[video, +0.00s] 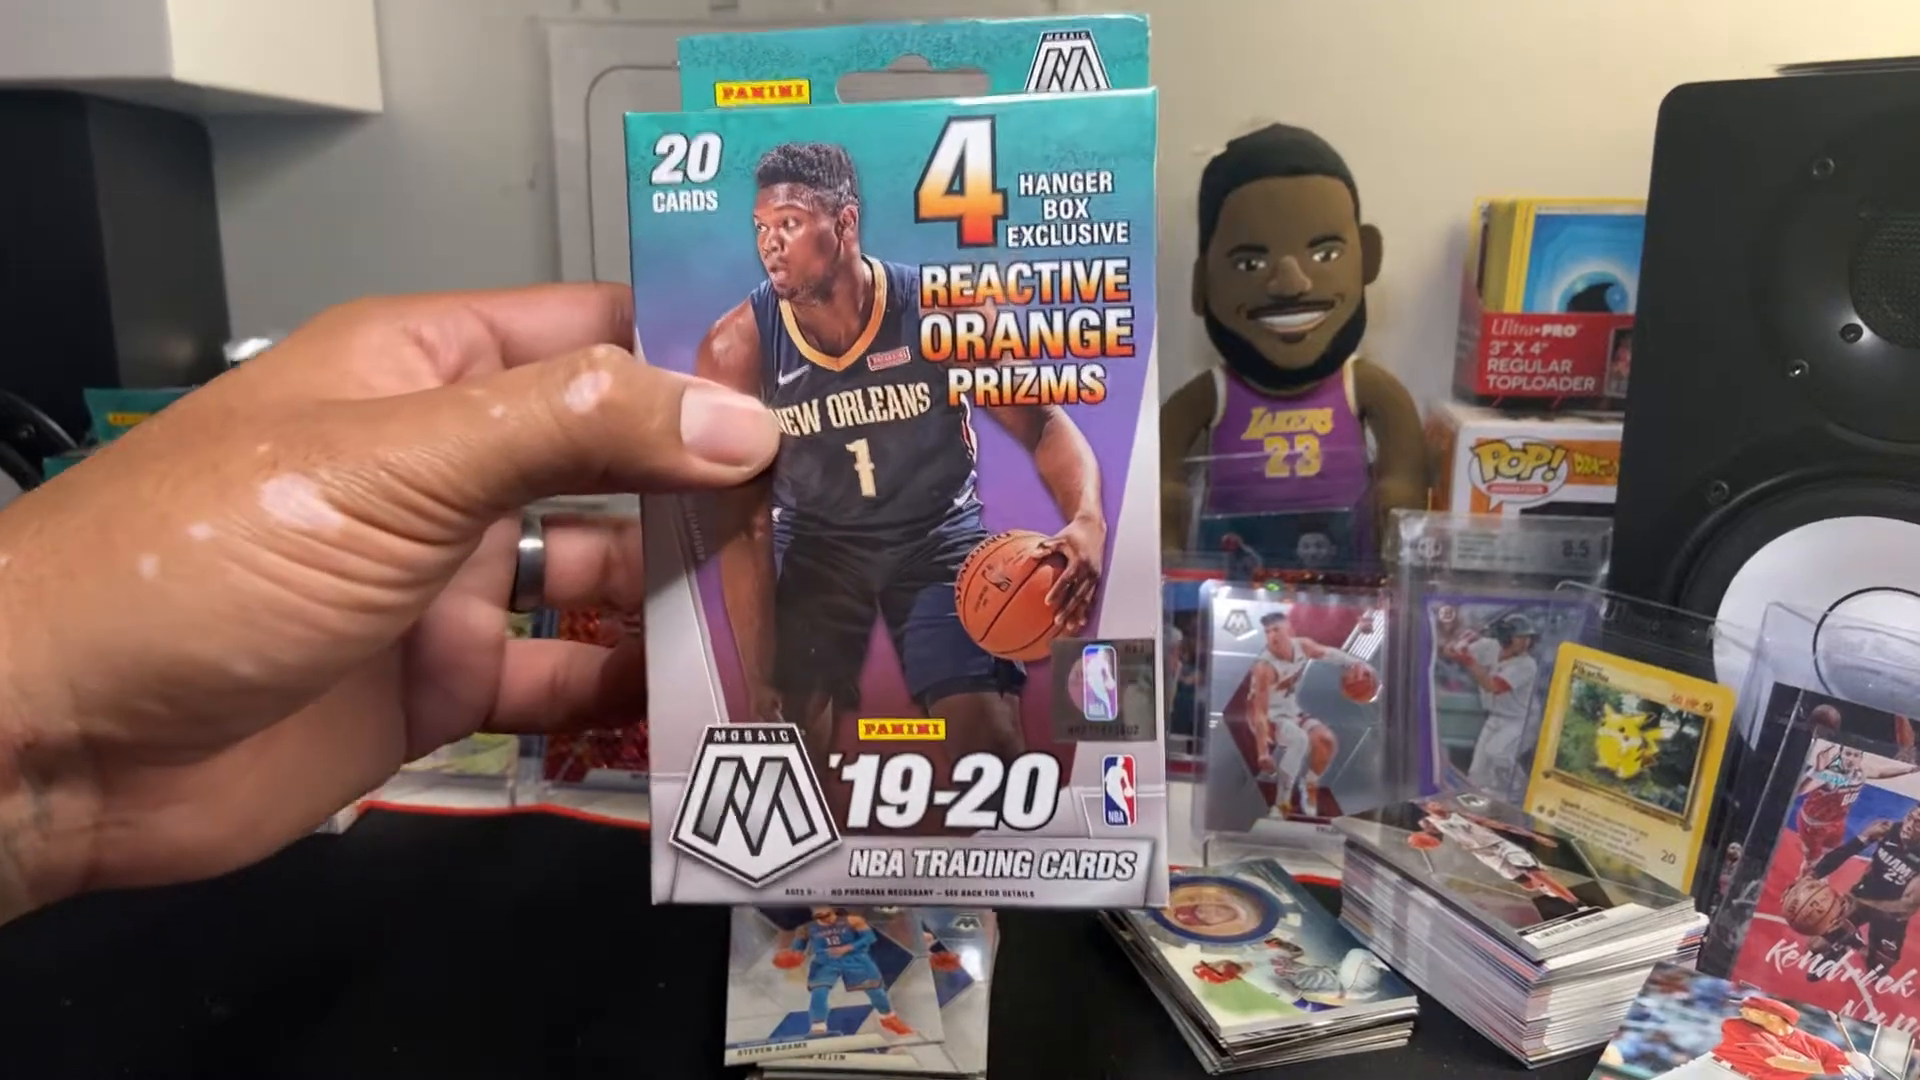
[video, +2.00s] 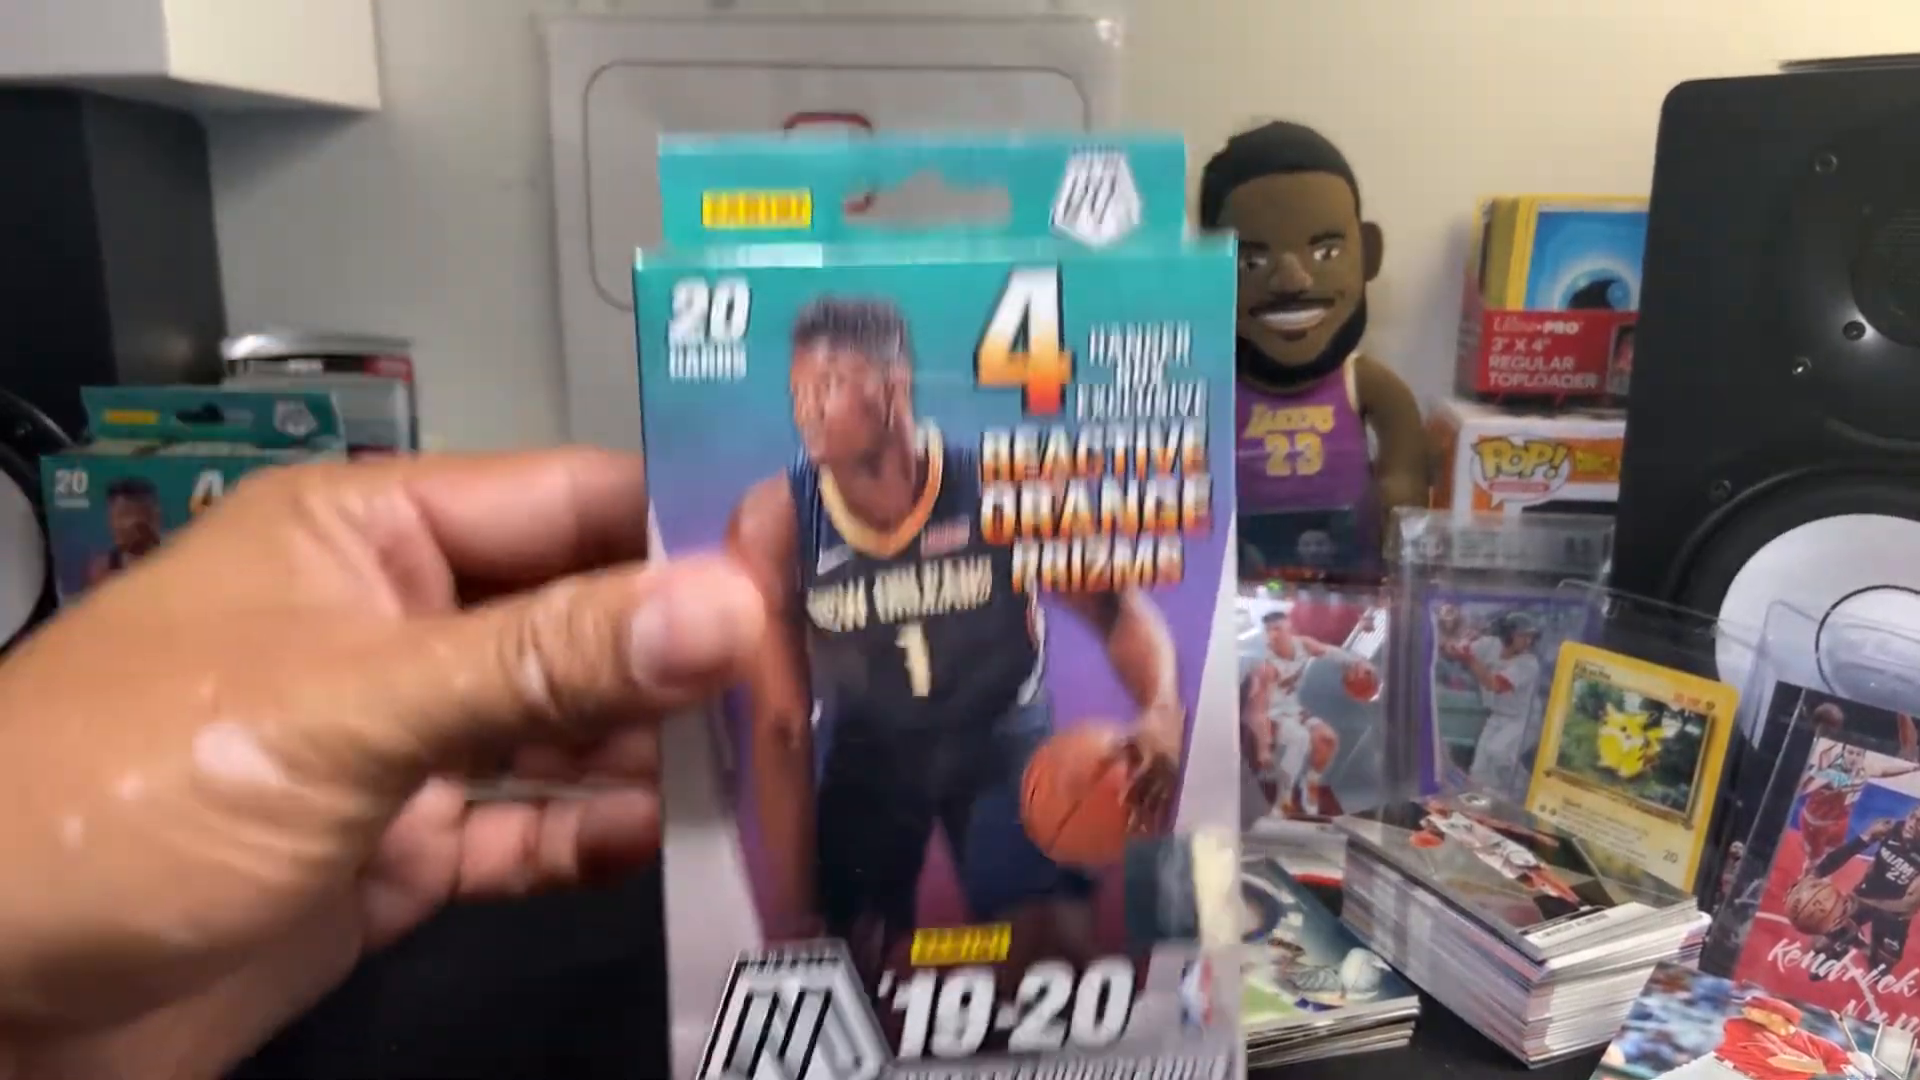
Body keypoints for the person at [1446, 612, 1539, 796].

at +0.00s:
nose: (1526, 642)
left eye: (1528, 638)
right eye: (1522, 637)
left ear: (1530, 640)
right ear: (1508, 639)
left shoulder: (1527, 665)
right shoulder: (1490, 648)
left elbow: (1494, 686)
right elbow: (1460, 653)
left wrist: (1470, 663)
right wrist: (1455, 648)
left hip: (1519, 723)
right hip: (1495, 719)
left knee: (1496, 753)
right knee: (1479, 763)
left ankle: (1520, 790)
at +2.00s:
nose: (1528, 642)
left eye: (1531, 637)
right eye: (1523, 636)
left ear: (1533, 639)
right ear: (1510, 635)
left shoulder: (1529, 663)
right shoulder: (1491, 645)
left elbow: (1496, 684)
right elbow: (1460, 650)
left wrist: (1471, 659)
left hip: (1518, 722)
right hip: (1495, 717)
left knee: (1497, 752)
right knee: (1482, 755)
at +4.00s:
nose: (1529, 641)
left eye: (1532, 637)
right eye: (1524, 636)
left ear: (1534, 639)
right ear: (1512, 636)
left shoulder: (1530, 663)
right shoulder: (1494, 647)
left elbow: (1498, 685)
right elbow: (1458, 651)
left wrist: (1472, 661)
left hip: (1519, 723)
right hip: (1496, 719)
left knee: (1497, 753)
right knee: (1481, 764)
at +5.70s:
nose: (1528, 641)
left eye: (1531, 637)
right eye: (1524, 635)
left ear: (1534, 640)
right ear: (1514, 635)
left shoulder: (1530, 663)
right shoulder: (1492, 647)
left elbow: (1501, 685)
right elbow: (1462, 652)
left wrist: (1475, 664)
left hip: (1520, 721)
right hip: (1497, 718)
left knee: (1498, 752)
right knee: (1482, 761)